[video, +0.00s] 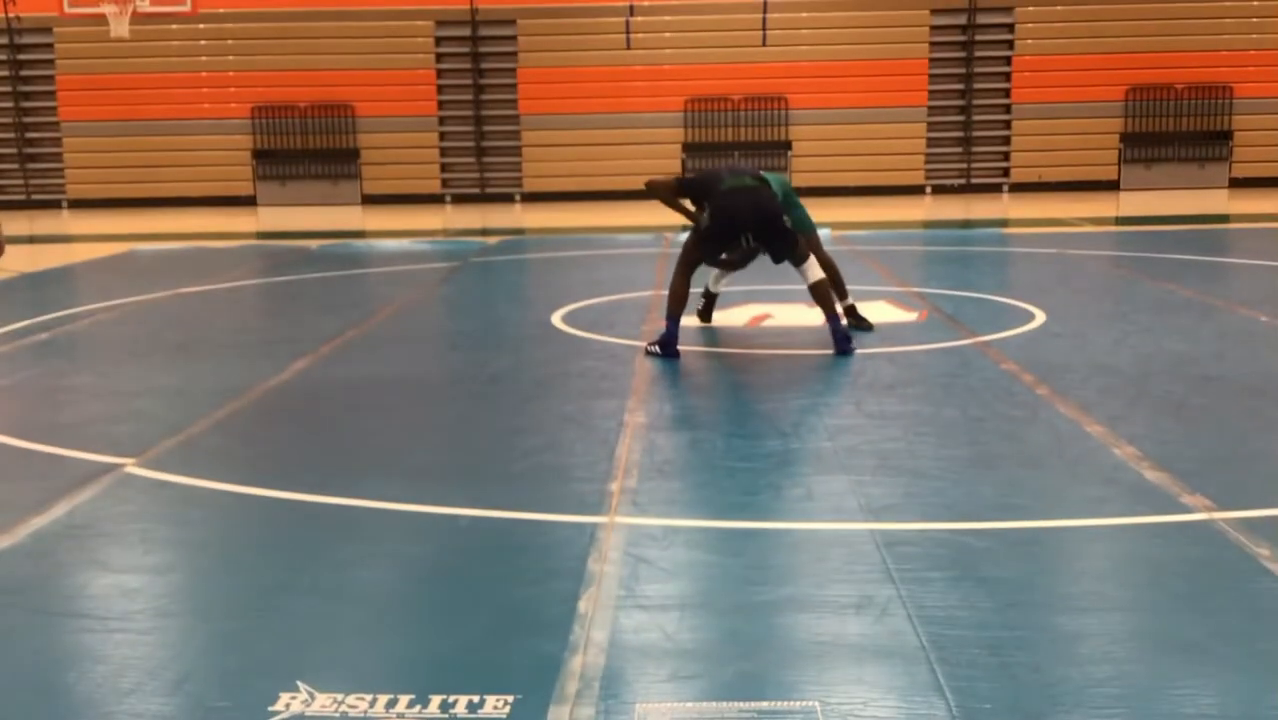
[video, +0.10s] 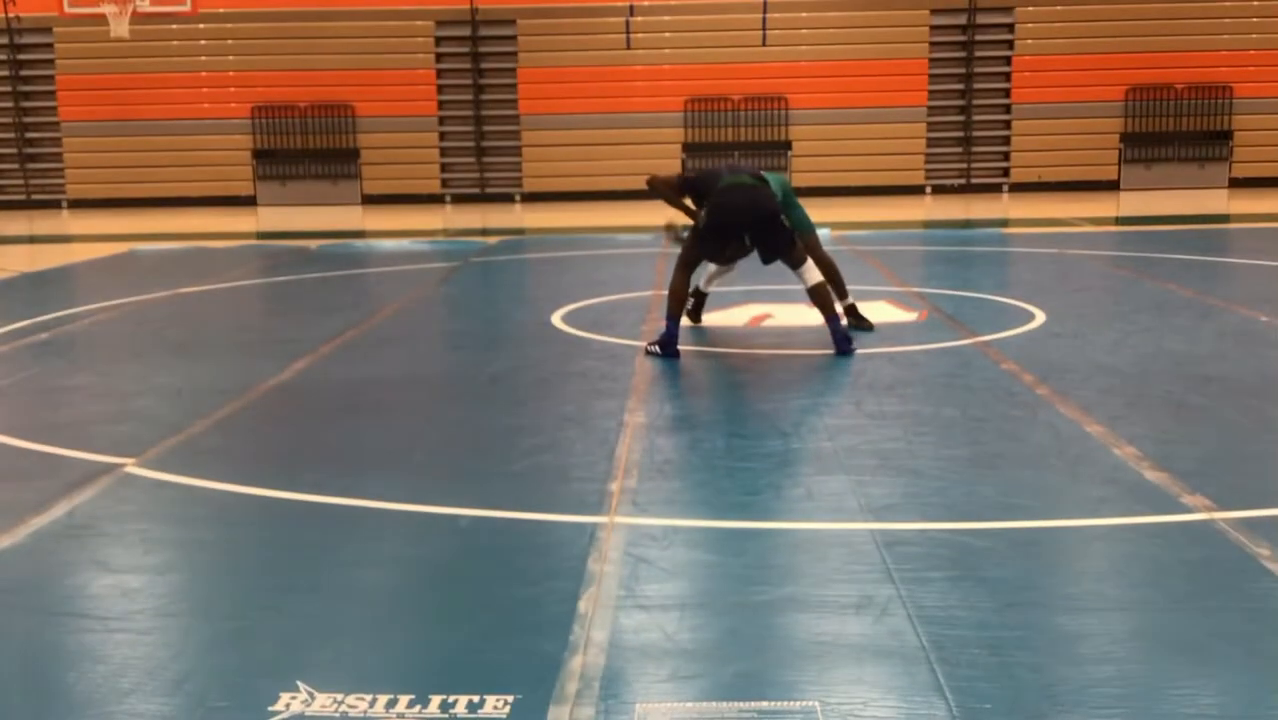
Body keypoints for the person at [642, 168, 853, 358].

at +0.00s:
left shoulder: (708, 184)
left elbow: (654, 186)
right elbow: (818, 255)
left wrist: (691, 215)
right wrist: (848, 309)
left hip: (722, 209)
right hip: (765, 206)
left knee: (684, 269)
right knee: (806, 263)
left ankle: (669, 340)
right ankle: (839, 333)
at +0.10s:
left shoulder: (706, 181)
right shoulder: (777, 186)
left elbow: (655, 182)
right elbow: (817, 253)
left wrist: (693, 214)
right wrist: (848, 307)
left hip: (720, 208)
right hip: (763, 206)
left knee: (683, 269)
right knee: (804, 268)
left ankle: (669, 339)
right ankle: (839, 333)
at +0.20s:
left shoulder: (707, 182)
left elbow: (656, 180)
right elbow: (815, 256)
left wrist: (683, 207)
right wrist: (848, 307)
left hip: (720, 207)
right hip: (763, 204)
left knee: (682, 268)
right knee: (801, 269)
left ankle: (669, 339)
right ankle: (837, 333)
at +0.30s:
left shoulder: (706, 183)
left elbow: (655, 174)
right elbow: (814, 258)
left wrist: (680, 205)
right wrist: (848, 307)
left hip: (723, 214)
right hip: (764, 212)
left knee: (681, 267)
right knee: (799, 271)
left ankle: (668, 339)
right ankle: (836, 333)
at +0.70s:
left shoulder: (714, 193)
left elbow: (667, 196)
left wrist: (705, 226)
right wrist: (848, 309)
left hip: (737, 205)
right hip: (776, 205)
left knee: (691, 269)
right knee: (804, 270)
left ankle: (670, 339)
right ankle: (833, 333)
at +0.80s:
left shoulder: (715, 189)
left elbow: (669, 197)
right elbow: (752, 264)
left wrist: (705, 225)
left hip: (736, 207)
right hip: (776, 206)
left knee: (692, 270)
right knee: (805, 270)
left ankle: (670, 340)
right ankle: (834, 332)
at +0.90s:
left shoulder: (711, 190)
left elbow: (668, 194)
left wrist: (702, 219)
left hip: (735, 206)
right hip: (775, 203)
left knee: (691, 269)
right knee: (803, 270)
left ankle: (670, 339)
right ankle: (834, 333)